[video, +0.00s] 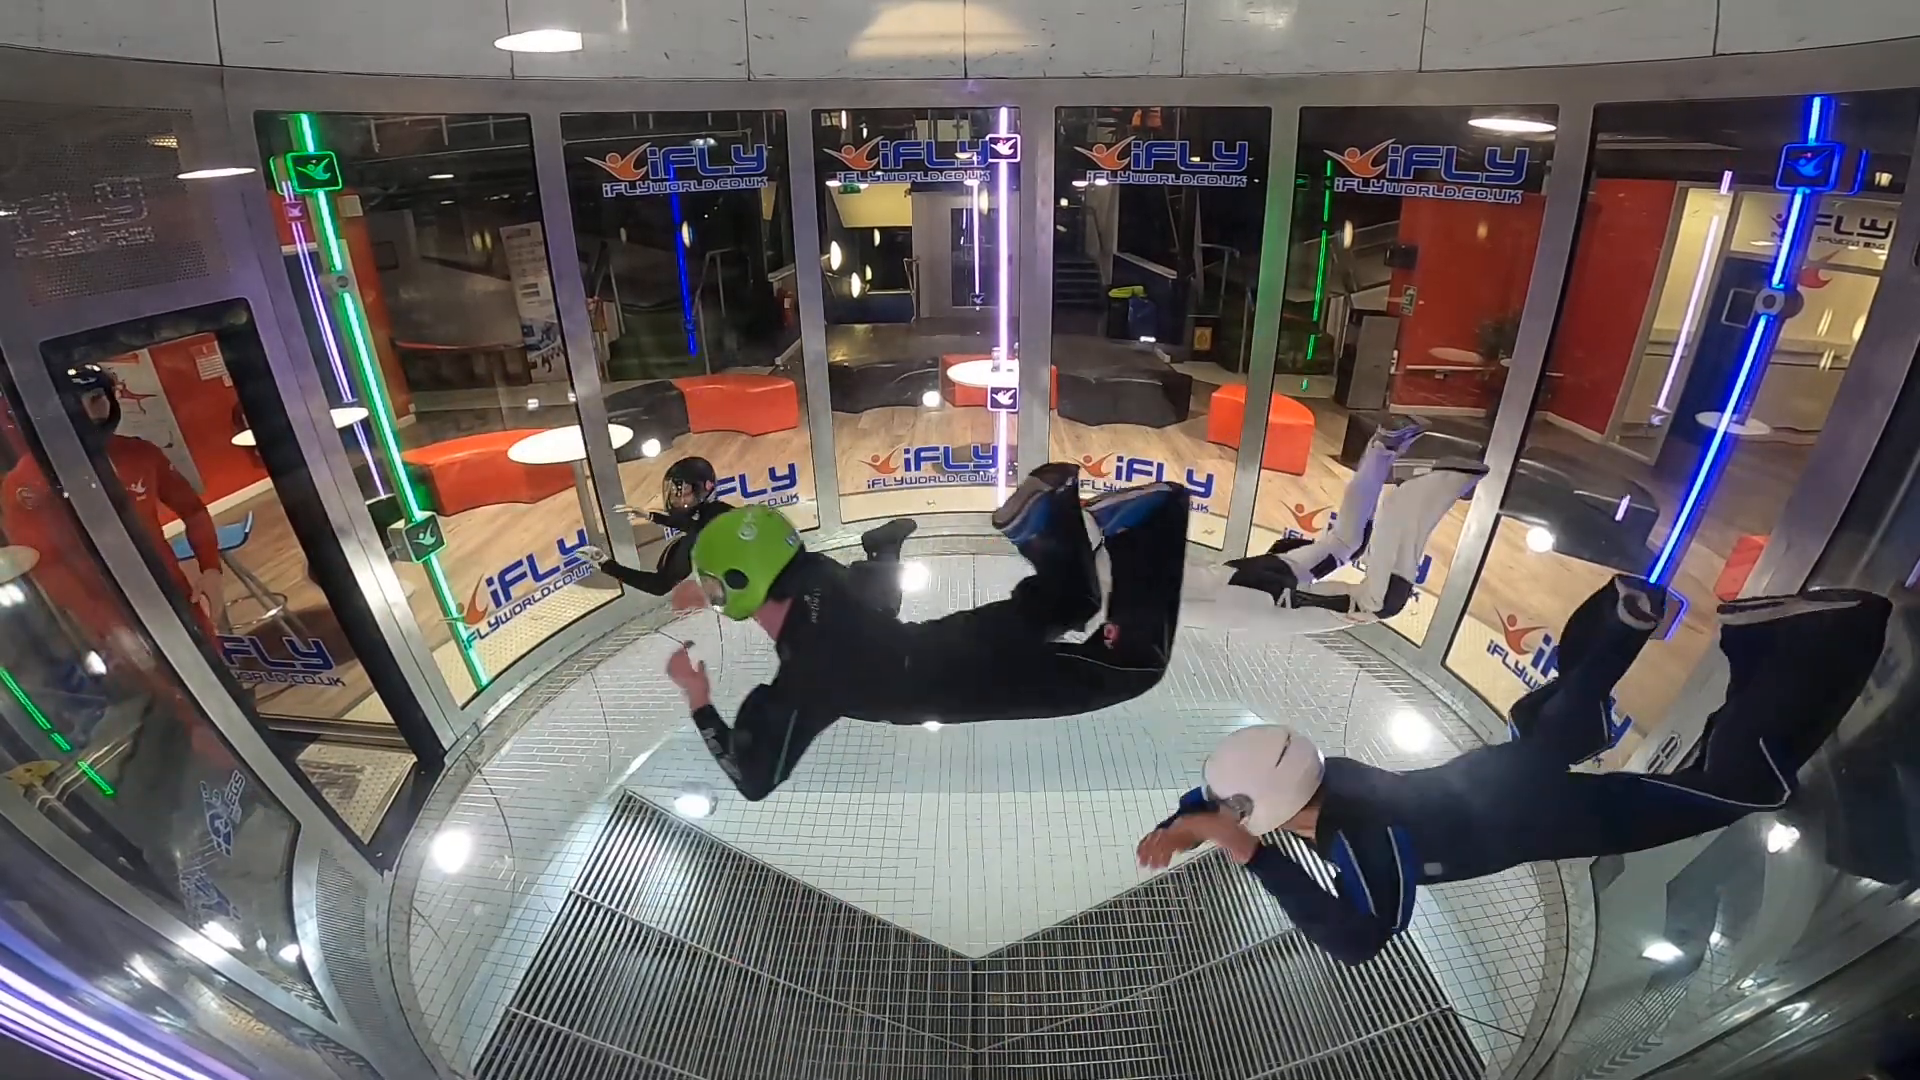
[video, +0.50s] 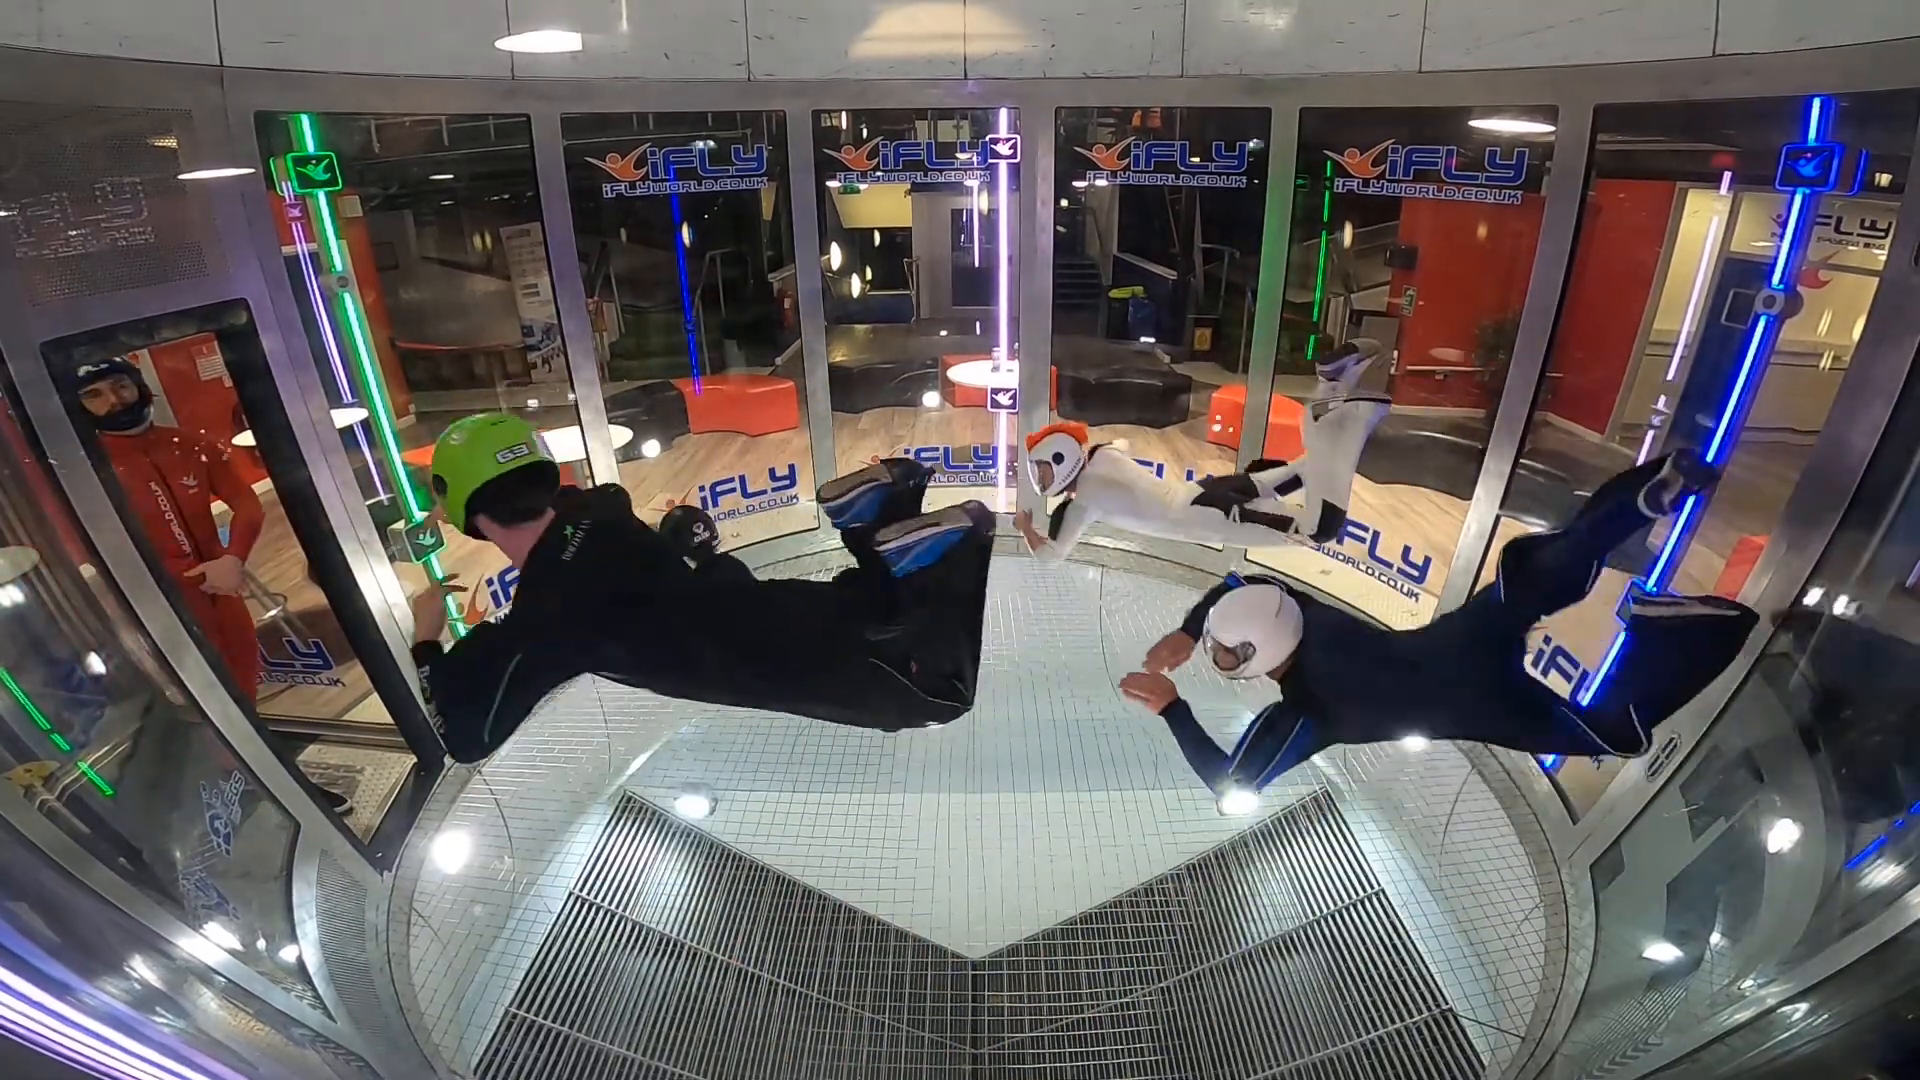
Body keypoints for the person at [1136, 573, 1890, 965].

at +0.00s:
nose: (1241, 825)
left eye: (1246, 809)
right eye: (1235, 804)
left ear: (1283, 807)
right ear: (1286, 776)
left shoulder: (1365, 834)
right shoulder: (1304, 775)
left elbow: (1359, 939)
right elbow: (1225, 785)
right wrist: (1184, 821)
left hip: (1543, 810)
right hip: (1490, 765)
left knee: (1700, 799)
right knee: (1559, 714)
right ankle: (1629, 608)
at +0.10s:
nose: (1272, 780)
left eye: (1267, 768)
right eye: (1261, 765)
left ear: (1297, 764)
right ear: (1313, 735)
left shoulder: (1373, 797)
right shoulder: (1352, 757)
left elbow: (1353, 910)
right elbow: (1278, 746)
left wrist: (1278, 811)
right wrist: (1217, 773)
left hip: (1554, 784)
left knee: (1744, 769)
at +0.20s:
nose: (1252, 739)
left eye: (1257, 730)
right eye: (1250, 723)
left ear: (1293, 736)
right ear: (1318, 688)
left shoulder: (1367, 771)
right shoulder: (1356, 708)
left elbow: (1329, 878)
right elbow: (1260, 700)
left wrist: (1246, 786)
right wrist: (1223, 739)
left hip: (1583, 761)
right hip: (1543, 714)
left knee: (1734, 754)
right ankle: (1637, 594)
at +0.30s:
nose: (1278, 697)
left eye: (1278, 689)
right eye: (1277, 676)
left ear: (1292, 700)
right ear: (1317, 658)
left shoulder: (1355, 750)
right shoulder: (1342, 669)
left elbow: (1279, 835)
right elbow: (1263, 649)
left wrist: (1249, 746)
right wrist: (1211, 700)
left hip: (1532, 730)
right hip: (1519, 682)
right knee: (1566, 620)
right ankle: (1651, 547)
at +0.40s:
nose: (1242, 674)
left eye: (1248, 670)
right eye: (1243, 654)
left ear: (1275, 687)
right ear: (1298, 635)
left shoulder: (1327, 735)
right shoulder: (1321, 632)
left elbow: (1246, 802)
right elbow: (1245, 616)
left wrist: (1202, 717)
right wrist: (1209, 661)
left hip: (1512, 728)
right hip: (1497, 657)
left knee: (1640, 751)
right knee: (1560, 591)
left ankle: (1687, 643)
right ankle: (1662, 511)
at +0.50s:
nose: (1227, 656)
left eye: (1235, 654)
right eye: (1228, 643)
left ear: (1257, 664)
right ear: (1269, 618)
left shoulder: (1305, 715)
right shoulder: (1293, 607)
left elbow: (1233, 787)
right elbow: (1235, 590)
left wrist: (1173, 709)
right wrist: (1181, 637)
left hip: (1489, 708)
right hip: (1472, 637)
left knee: (1607, 734)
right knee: (1557, 563)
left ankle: (1687, 641)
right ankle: (1658, 485)